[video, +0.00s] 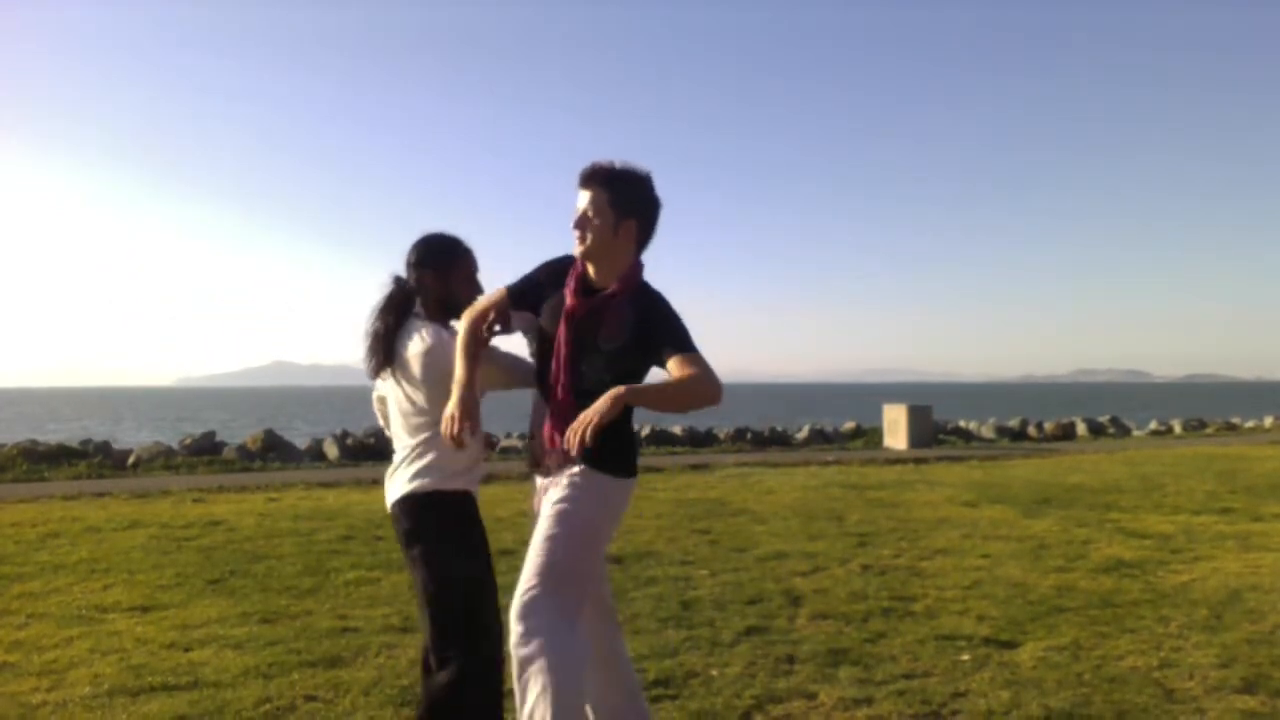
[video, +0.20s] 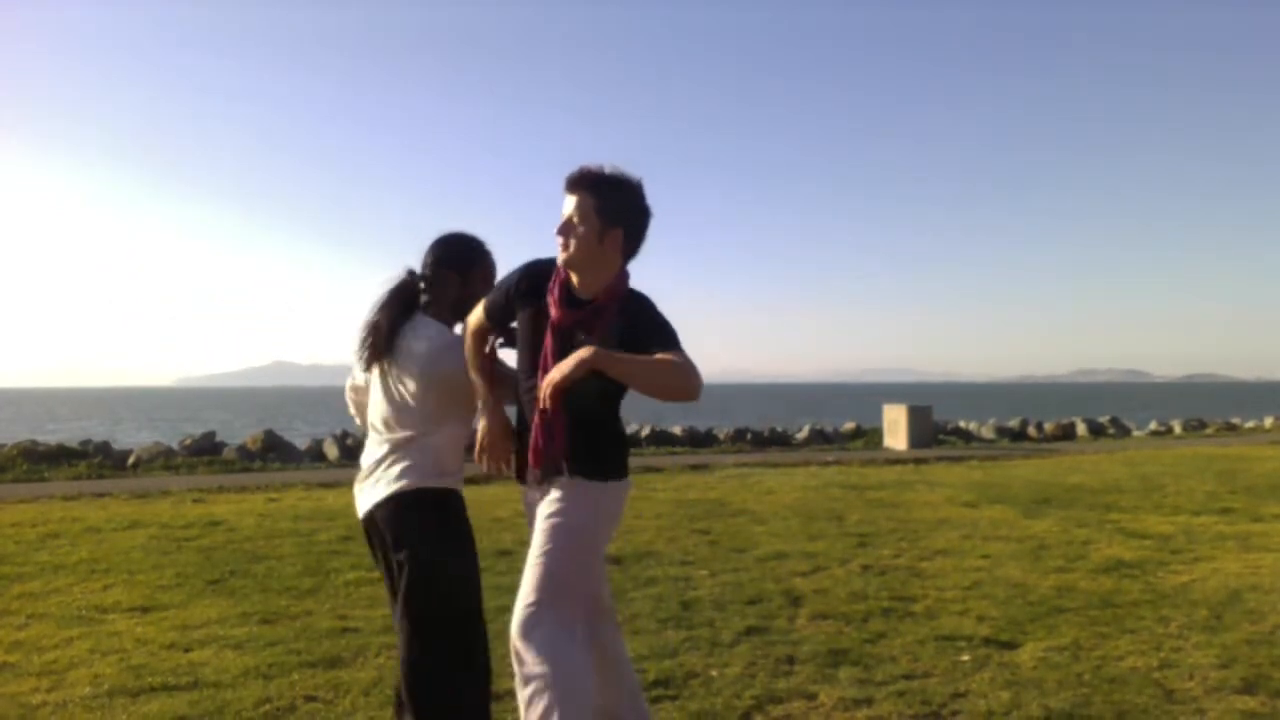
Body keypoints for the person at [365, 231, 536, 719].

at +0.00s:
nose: (477, 286)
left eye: (475, 276)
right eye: (468, 276)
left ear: (423, 281)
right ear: (433, 279)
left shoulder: (397, 340)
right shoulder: (442, 342)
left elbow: (384, 409)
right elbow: (526, 373)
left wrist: (462, 436)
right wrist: (531, 325)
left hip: (410, 497)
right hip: (441, 499)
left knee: (450, 639)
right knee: (471, 641)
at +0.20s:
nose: (487, 300)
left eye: (488, 289)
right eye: (483, 287)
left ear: (434, 280)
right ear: (453, 281)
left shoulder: (387, 332)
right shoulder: (450, 346)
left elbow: (356, 393)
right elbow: (517, 385)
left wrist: (389, 437)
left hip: (377, 499)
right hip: (424, 499)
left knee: (424, 640)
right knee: (448, 639)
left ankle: (419, 709)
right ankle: (449, 712)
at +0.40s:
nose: (494, 303)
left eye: (495, 292)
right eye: (492, 291)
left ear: (439, 283)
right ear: (472, 291)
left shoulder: (378, 331)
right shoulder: (476, 361)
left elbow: (320, 381)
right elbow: (508, 435)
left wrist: (316, 413)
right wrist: (492, 456)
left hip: (358, 511)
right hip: (425, 507)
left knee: (381, 616)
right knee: (457, 641)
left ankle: (369, 710)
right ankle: (444, 715)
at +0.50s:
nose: (501, 304)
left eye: (502, 294)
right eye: (497, 293)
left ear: (438, 288)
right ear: (478, 296)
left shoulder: (381, 331)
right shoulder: (478, 362)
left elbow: (314, 375)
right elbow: (523, 424)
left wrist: (280, 412)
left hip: (355, 517)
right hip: (427, 515)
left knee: (357, 644)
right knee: (455, 651)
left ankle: (348, 714)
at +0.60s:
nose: (492, 309)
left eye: (493, 297)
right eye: (489, 297)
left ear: (435, 289)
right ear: (474, 297)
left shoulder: (376, 335)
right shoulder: (483, 358)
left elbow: (298, 376)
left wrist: (246, 416)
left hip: (349, 523)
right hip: (428, 522)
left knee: (334, 667)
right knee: (454, 664)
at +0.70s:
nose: (477, 302)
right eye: (475, 294)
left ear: (422, 289)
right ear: (470, 297)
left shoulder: (378, 337)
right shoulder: (482, 353)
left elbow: (292, 378)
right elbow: (512, 430)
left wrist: (217, 420)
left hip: (352, 525)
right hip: (434, 524)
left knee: (321, 672)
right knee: (452, 652)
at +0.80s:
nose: (392, 303)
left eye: (394, 295)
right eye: (392, 297)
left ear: (405, 293)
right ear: (456, 293)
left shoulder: (381, 336)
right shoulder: (479, 347)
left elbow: (294, 381)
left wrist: (209, 426)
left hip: (364, 515)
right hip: (444, 516)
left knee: (326, 660)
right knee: (445, 643)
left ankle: (318, 710)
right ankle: (442, 715)